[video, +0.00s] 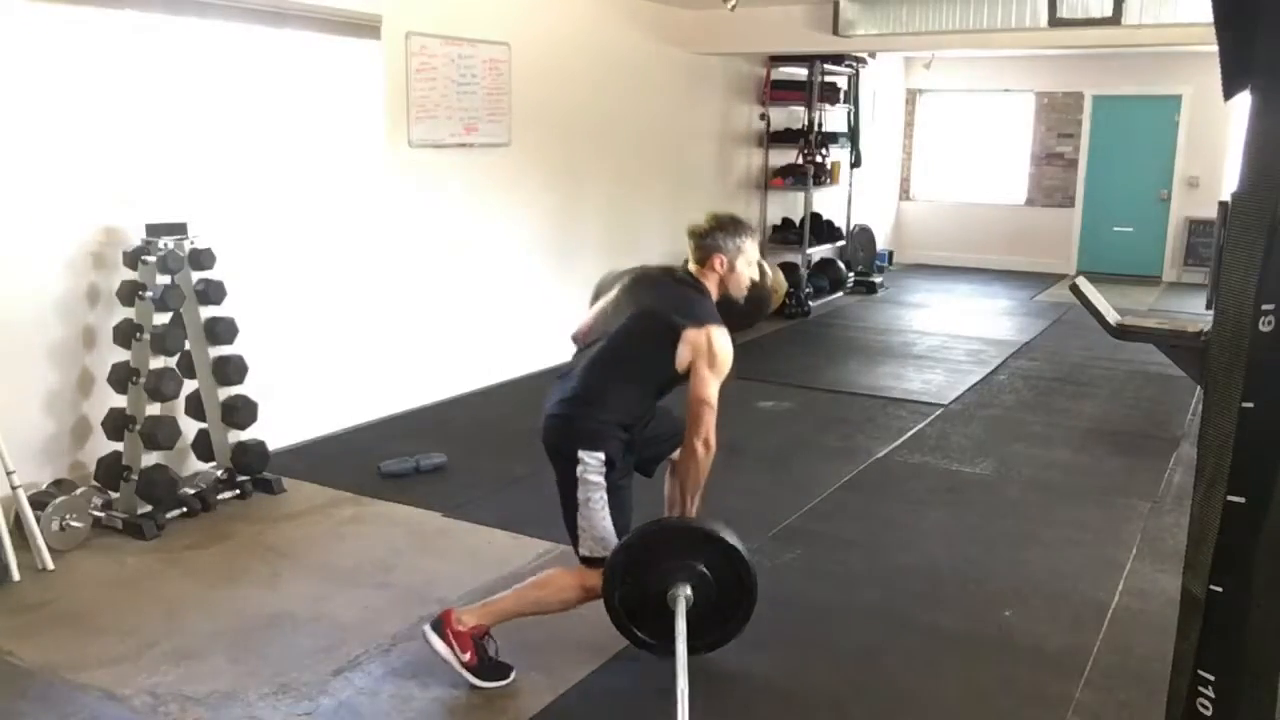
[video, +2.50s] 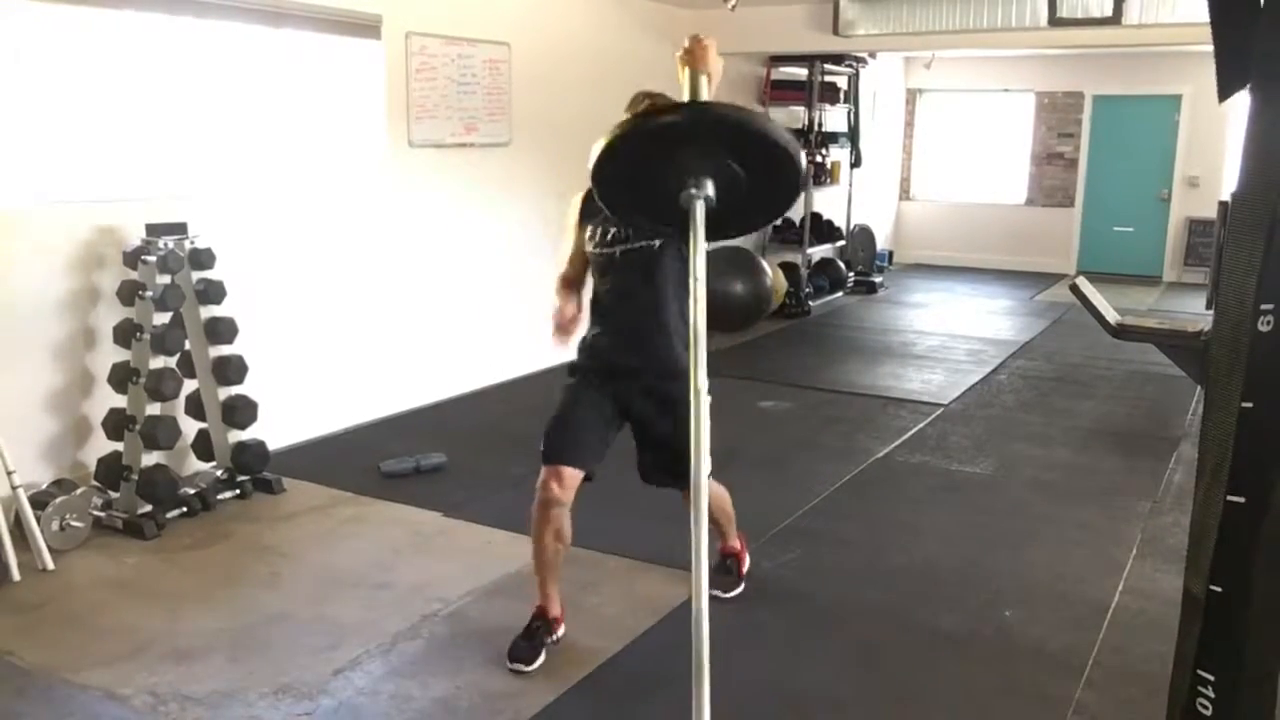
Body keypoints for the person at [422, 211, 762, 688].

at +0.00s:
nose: (755, 274)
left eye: (755, 263)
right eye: (750, 262)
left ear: (710, 262)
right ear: (720, 263)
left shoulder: (644, 280)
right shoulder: (712, 336)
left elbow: (584, 334)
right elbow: (701, 442)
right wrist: (687, 529)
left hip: (577, 404)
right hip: (588, 430)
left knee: (689, 441)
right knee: (604, 574)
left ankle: (669, 546)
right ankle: (465, 622)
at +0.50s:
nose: (658, 137)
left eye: (669, 128)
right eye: (650, 126)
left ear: (688, 134)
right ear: (634, 127)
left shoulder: (695, 192)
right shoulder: (602, 184)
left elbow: (736, 246)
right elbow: (546, 251)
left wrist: (713, 154)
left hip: (676, 359)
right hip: (606, 356)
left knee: (707, 477)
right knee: (569, 484)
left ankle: (740, 538)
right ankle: (532, 620)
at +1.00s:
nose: (654, 118)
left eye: (663, 107)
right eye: (642, 106)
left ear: (674, 113)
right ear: (616, 111)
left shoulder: (676, 179)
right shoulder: (585, 173)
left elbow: (696, 252)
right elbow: (572, 266)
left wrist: (706, 185)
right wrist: (657, 208)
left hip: (659, 346)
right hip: (592, 348)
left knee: (706, 451)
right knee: (570, 501)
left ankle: (692, 550)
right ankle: (505, 618)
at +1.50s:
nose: (743, 248)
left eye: (744, 236)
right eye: (738, 236)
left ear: (698, 235)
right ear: (707, 235)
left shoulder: (646, 263)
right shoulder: (694, 303)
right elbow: (700, 419)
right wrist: (717, 485)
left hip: (623, 402)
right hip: (589, 421)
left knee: (696, 460)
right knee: (609, 565)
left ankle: (670, 558)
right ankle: (474, 634)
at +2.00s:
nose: (727, 168)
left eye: (730, 157)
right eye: (716, 155)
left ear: (726, 159)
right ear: (687, 153)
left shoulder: (686, 208)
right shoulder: (663, 196)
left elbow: (678, 288)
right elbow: (675, 278)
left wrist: (707, 342)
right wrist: (715, 347)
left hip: (648, 359)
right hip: (598, 363)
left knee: (701, 445)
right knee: (582, 503)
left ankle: (683, 564)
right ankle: (475, 617)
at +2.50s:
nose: (641, 148)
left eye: (652, 136)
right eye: (634, 136)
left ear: (672, 142)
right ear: (620, 141)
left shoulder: (684, 196)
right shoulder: (596, 202)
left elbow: (709, 141)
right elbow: (575, 269)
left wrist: (703, 78)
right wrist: (569, 301)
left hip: (668, 368)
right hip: (602, 362)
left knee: (690, 480)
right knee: (555, 481)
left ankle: (732, 545)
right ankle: (548, 610)